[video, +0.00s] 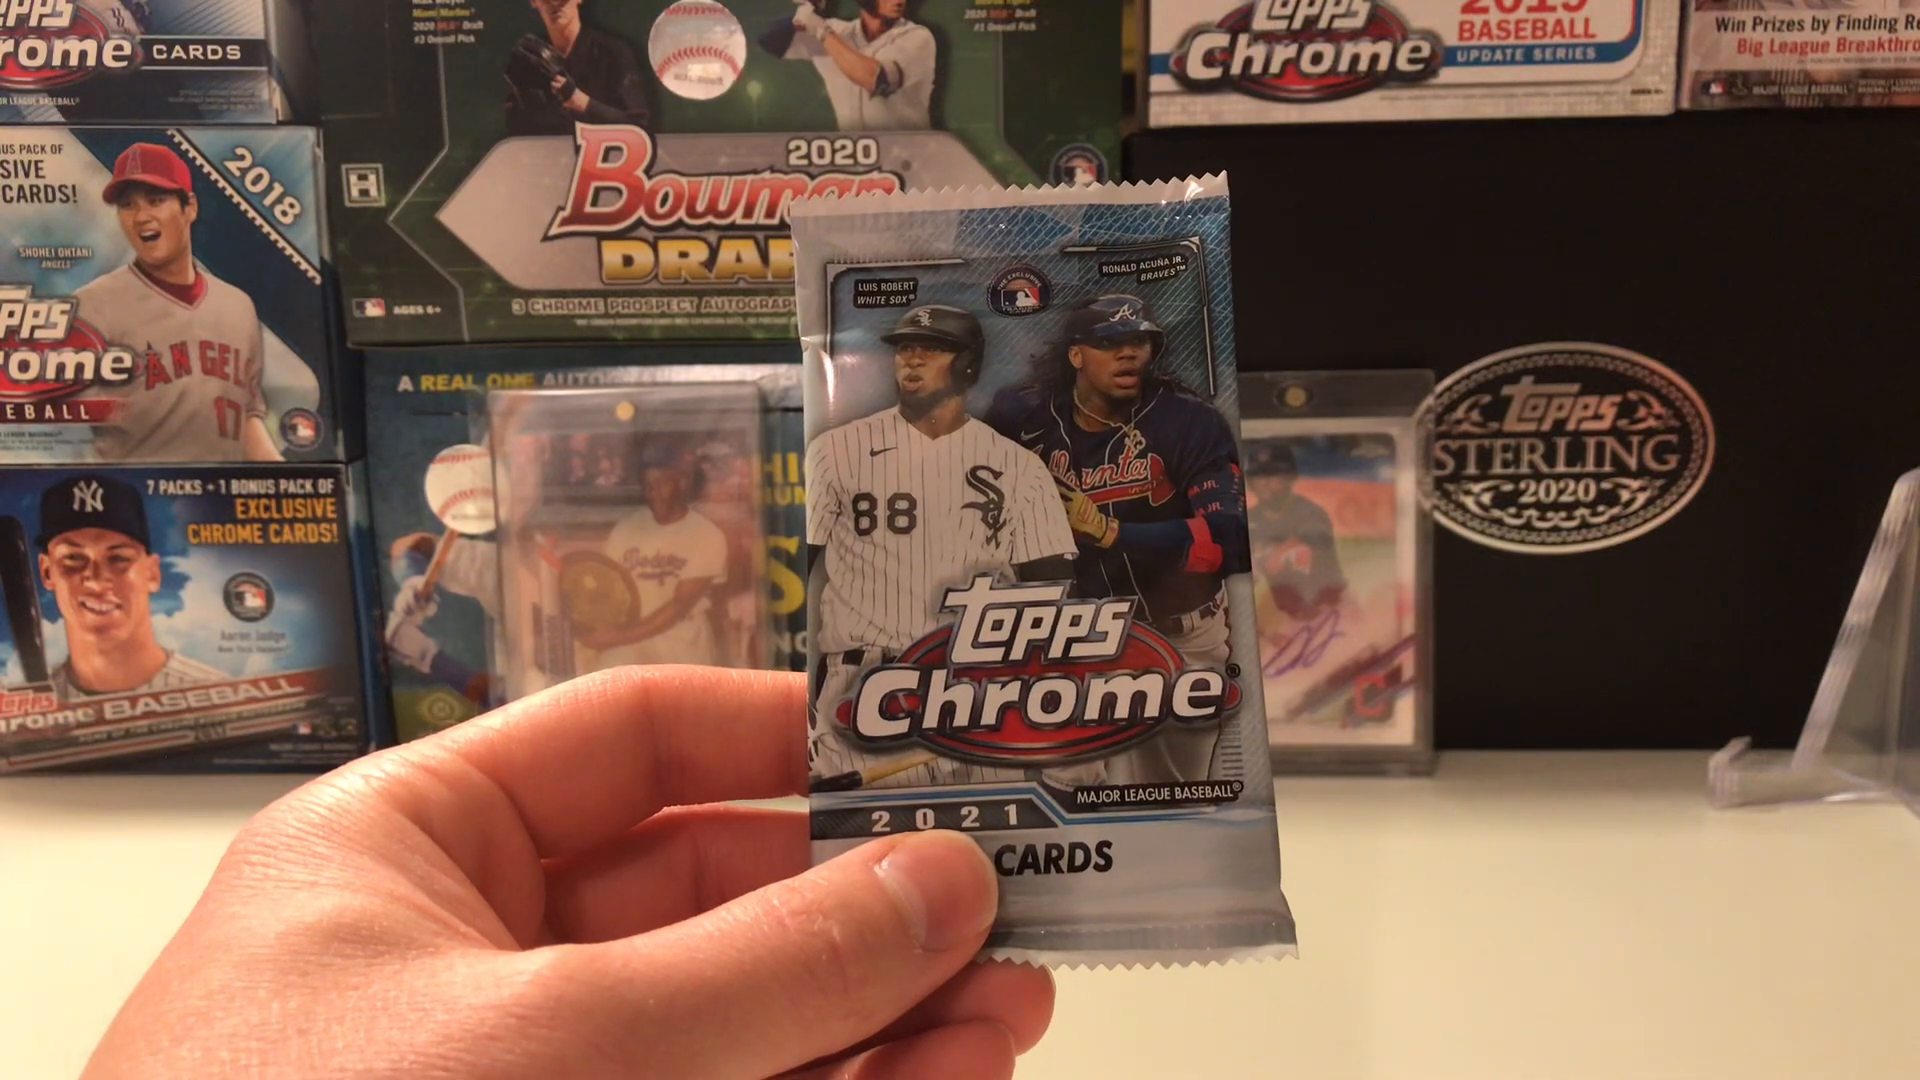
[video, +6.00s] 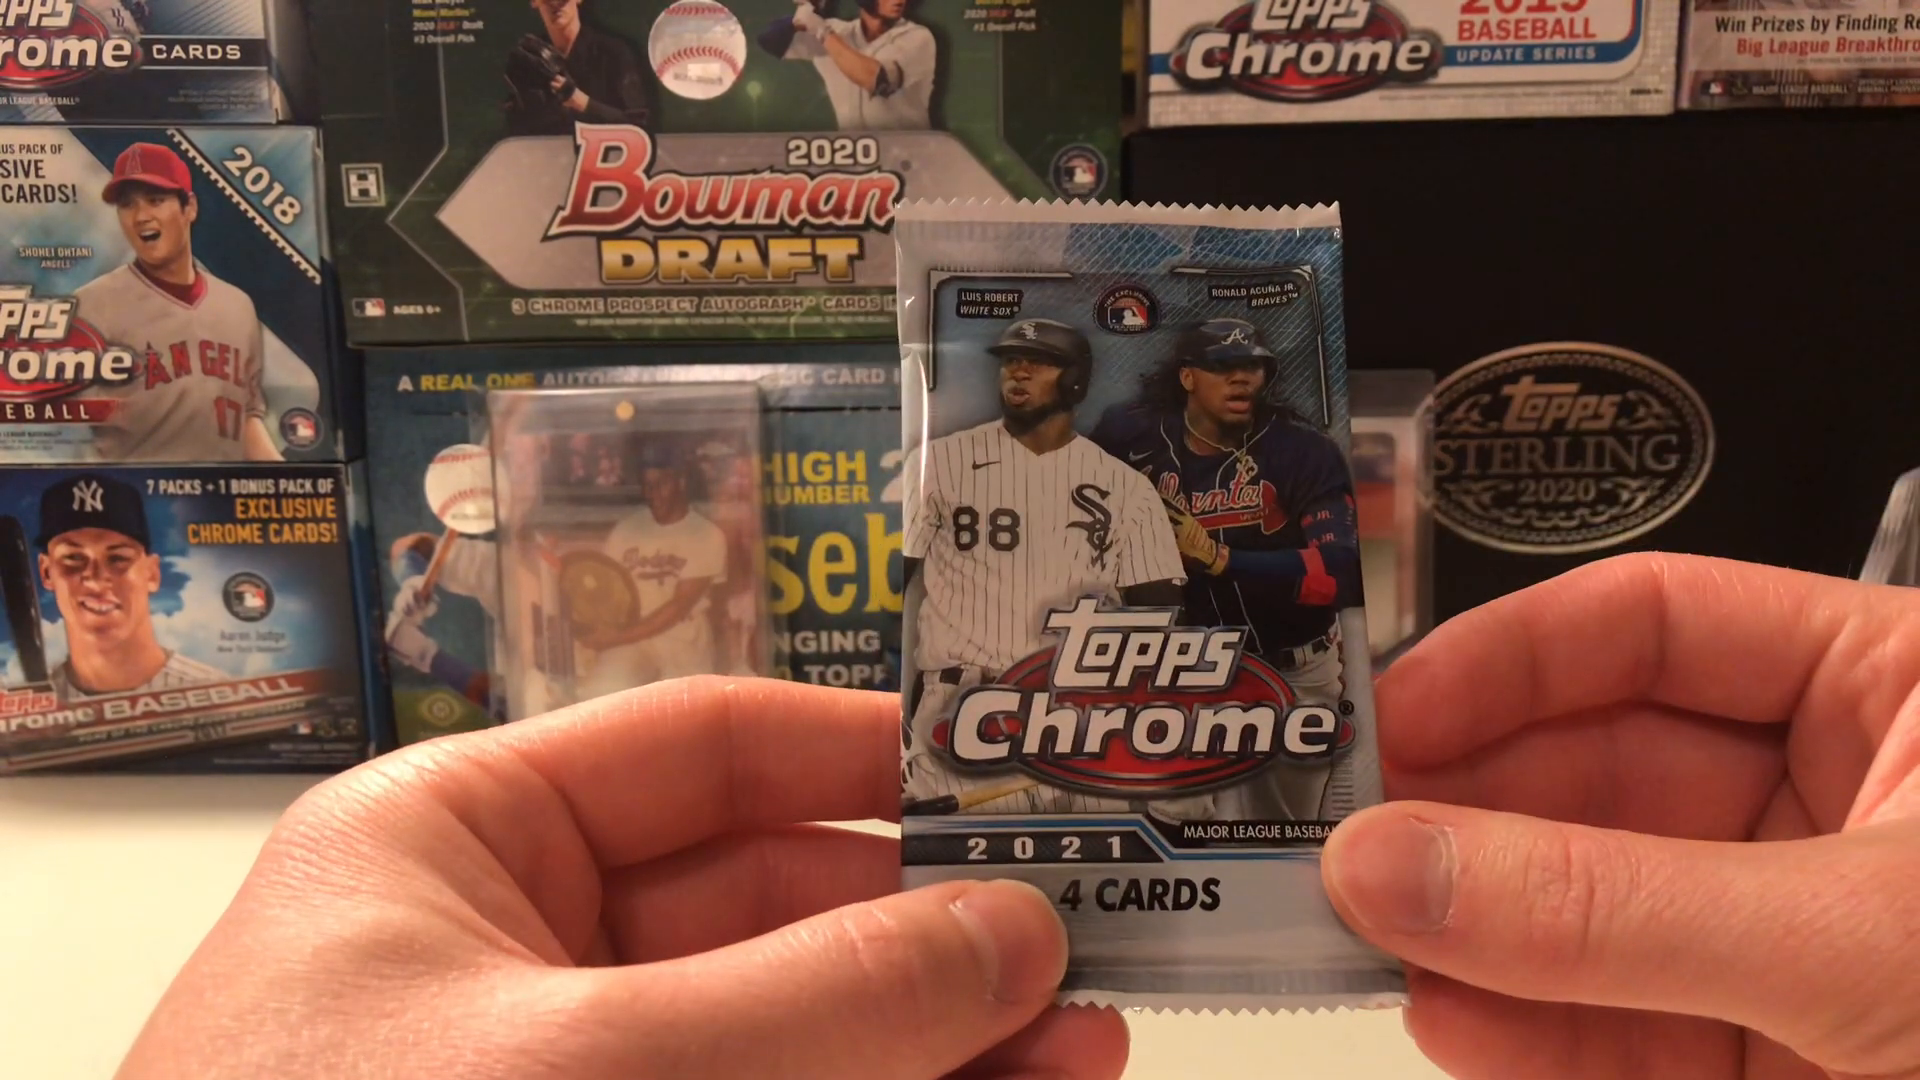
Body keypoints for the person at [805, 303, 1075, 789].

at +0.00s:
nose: (911, 360)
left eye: (929, 348)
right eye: (904, 348)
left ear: (966, 364)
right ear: (893, 358)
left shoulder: (1019, 468)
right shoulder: (833, 454)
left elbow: (1050, 590)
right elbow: (802, 578)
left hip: (975, 694)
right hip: (857, 693)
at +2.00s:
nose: (904, 365)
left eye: (922, 354)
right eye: (897, 353)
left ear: (957, 368)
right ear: (887, 363)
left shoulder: (1011, 469)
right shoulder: (834, 455)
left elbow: (1043, 588)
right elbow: (791, 575)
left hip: (968, 696)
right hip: (851, 694)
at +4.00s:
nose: (916, 366)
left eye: (933, 356)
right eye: (909, 355)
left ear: (968, 370)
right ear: (899, 365)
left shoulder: (1020, 471)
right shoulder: (840, 456)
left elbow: (1051, 594)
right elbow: (812, 571)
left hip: (975, 694)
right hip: (856, 692)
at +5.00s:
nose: (968, 373)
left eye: (986, 363)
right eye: (961, 362)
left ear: (1020, 378)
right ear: (951, 372)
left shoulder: (1076, 481)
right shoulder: (892, 465)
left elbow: (1110, 603)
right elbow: (849, 586)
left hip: (1033, 710)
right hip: (912, 709)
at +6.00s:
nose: (1018, 373)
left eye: (1036, 363)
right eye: (1011, 361)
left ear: (1072, 380)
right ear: (999, 370)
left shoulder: (1126, 489)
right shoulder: (939, 464)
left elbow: (1156, 620)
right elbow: (911, 598)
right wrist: (903, 719)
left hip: (1079, 722)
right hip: (956, 717)